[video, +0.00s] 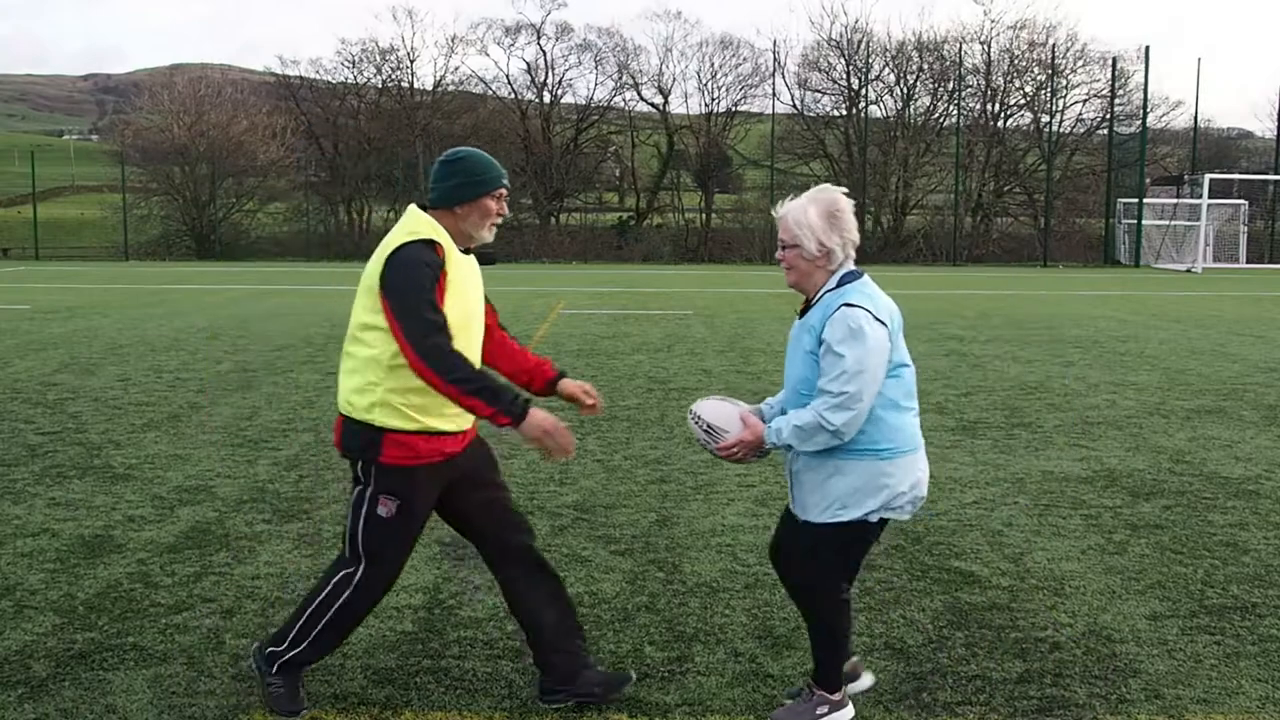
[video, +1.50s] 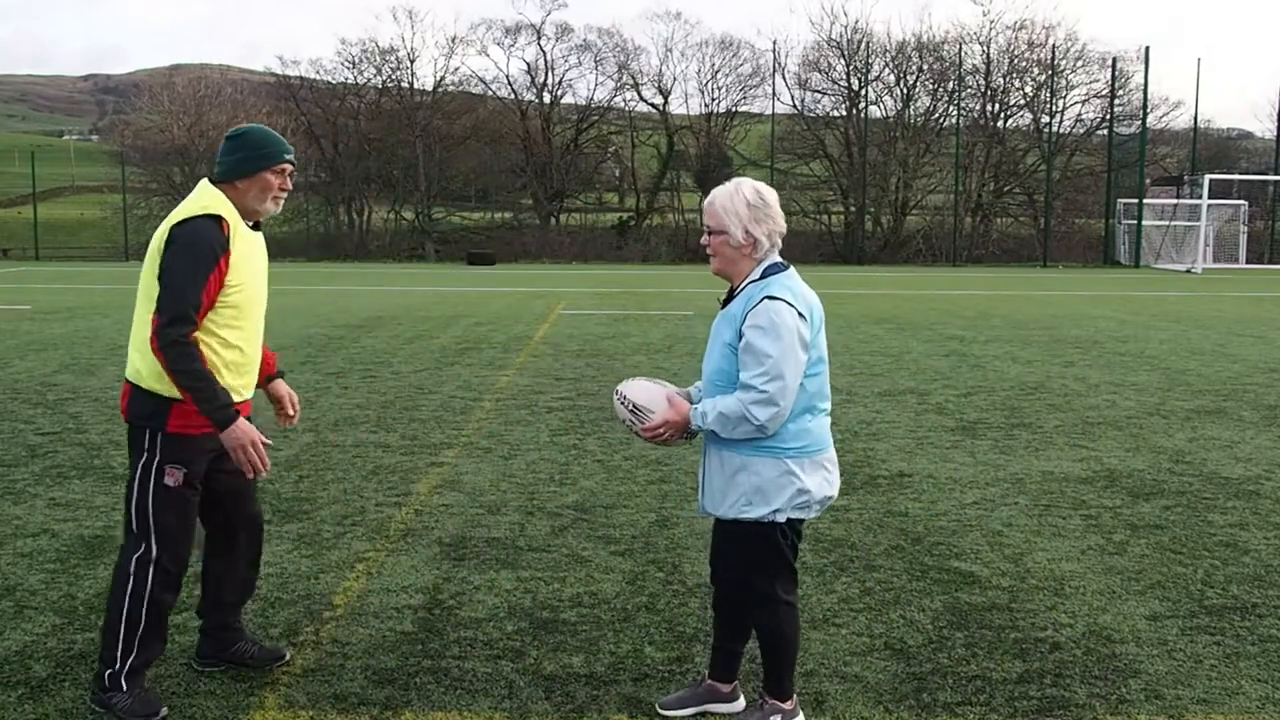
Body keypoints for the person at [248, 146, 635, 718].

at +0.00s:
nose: (503, 211)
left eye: (504, 199)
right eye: (494, 200)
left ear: (463, 202)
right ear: (458, 202)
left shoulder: (456, 255)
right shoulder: (412, 256)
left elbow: (488, 336)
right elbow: (435, 358)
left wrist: (555, 381)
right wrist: (522, 412)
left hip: (453, 439)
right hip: (394, 444)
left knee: (514, 550)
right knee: (366, 571)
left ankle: (566, 674)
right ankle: (280, 659)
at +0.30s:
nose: (611, 258)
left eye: (612, 248)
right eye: (606, 247)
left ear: (571, 245)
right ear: (575, 244)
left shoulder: (552, 286)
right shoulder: (528, 284)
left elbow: (608, 349)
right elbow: (593, 363)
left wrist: (693, 351)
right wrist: (698, 354)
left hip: (505, 451)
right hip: (455, 451)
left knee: (583, 537)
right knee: (449, 600)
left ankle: (578, 679)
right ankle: (323, 645)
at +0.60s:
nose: (552, 235)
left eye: (552, 224)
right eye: (544, 224)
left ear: (508, 228)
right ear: (509, 225)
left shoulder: (500, 276)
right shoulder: (465, 274)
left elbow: (538, 344)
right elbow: (512, 352)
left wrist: (613, 365)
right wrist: (617, 352)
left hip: (490, 451)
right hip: (437, 456)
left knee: (568, 539)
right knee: (434, 599)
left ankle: (578, 678)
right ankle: (310, 652)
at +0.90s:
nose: (410, 190)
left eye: (410, 179)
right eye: (401, 178)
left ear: (371, 186)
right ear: (364, 182)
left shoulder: (367, 236)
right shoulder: (332, 238)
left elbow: (376, 332)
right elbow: (340, 346)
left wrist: (432, 373)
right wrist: (422, 403)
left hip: (381, 420)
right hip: (326, 425)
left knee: (441, 514)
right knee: (331, 556)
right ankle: (288, 682)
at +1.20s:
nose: (353, 194)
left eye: (355, 184)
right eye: (344, 182)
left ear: (327, 190)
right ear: (309, 182)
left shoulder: (309, 240)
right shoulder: (266, 232)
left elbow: (300, 330)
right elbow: (216, 329)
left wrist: (344, 389)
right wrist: (258, 418)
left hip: (265, 411)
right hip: (229, 410)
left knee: (246, 530)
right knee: (282, 535)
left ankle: (220, 646)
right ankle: (266, 674)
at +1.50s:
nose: (285, 186)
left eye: (288, 177)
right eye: (275, 174)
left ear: (271, 181)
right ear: (238, 173)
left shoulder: (244, 228)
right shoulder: (201, 227)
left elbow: (237, 317)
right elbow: (172, 333)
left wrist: (270, 375)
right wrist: (226, 418)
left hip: (221, 413)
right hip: (170, 412)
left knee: (238, 526)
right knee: (155, 551)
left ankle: (222, 638)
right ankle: (118, 682)